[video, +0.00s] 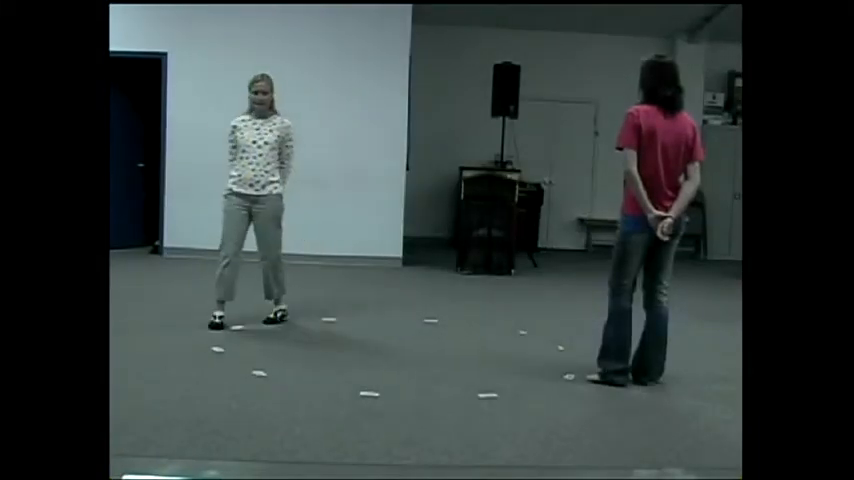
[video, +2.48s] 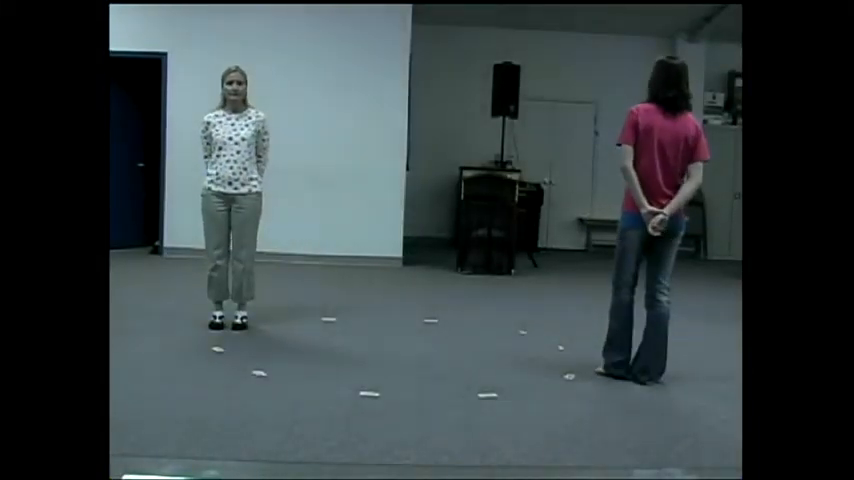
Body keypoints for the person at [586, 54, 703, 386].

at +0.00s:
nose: (641, 86)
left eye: (642, 80)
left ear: (646, 84)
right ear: (676, 85)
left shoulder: (637, 116)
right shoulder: (688, 124)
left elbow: (630, 168)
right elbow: (693, 178)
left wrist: (650, 210)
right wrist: (673, 216)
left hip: (638, 219)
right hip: (671, 220)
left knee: (622, 290)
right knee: (658, 292)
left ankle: (614, 368)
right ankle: (649, 370)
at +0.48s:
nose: (641, 86)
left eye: (643, 80)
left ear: (647, 84)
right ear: (676, 85)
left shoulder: (638, 116)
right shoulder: (689, 124)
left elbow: (631, 168)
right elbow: (694, 178)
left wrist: (651, 210)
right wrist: (673, 216)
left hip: (638, 219)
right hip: (672, 220)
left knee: (622, 291)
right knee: (658, 293)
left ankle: (614, 368)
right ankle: (649, 370)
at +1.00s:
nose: (642, 85)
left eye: (644, 79)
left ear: (647, 84)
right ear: (677, 86)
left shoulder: (638, 116)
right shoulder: (689, 124)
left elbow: (632, 168)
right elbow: (694, 178)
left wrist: (652, 210)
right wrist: (674, 216)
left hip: (639, 219)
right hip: (673, 220)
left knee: (623, 291)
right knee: (659, 292)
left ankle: (615, 368)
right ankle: (649, 370)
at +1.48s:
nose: (645, 86)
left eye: (647, 80)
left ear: (650, 84)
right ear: (680, 86)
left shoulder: (640, 116)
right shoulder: (690, 125)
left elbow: (633, 168)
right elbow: (696, 179)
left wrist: (653, 210)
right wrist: (675, 216)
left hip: (640, 219)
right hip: (674, 220)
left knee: (624, 292)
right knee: (659, 293)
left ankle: (615, 368)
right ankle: (649, 370)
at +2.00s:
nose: (649, 85)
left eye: (651, 79)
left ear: (653, 84)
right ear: (683, 86)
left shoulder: (641, 116)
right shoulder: (692, 126)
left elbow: (633, 169)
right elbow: (697, 180)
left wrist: (652, 210)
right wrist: (674, 216)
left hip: (641, 218)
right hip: (674, 220)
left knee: (625, 291)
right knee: (660, 293)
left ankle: (615, 368)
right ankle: (649, 370)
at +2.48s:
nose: (655, 84)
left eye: (655, 78)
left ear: (654, 83)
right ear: (685, 86)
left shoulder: (638, 114)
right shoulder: (693, 125)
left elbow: (627, 164)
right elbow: (694, 178)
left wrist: (645, 207)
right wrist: (667, 213)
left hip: (636, 215)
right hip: (672, 219)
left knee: (623, 289)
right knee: (660, 294)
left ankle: (616, 363)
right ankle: (649, 369)